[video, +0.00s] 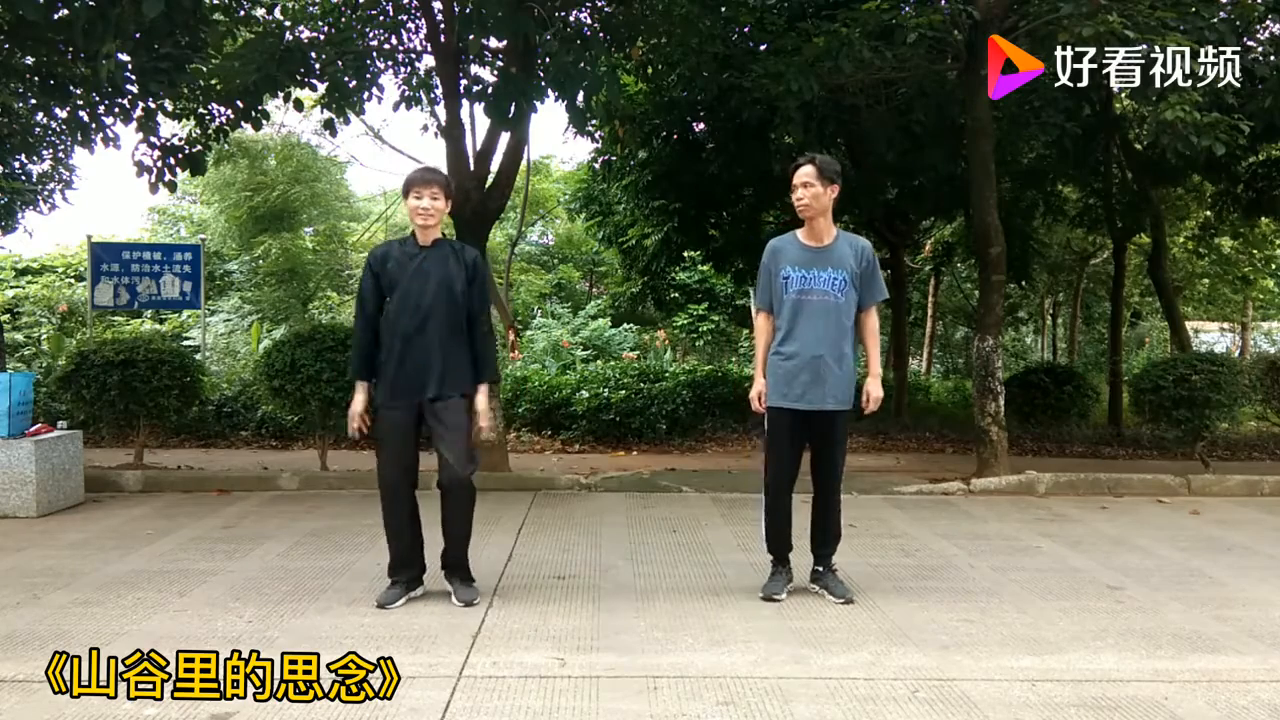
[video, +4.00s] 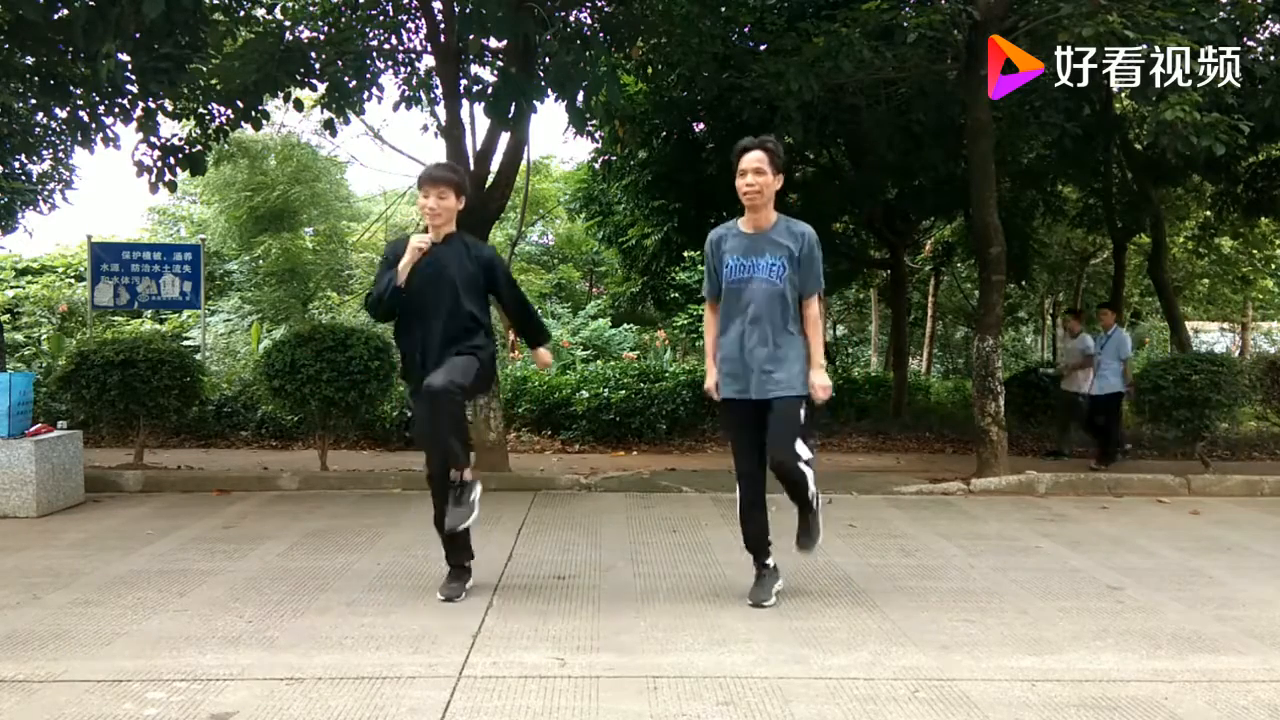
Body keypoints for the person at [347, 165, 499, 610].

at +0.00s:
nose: (426, 205)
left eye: (434, 198)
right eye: (417, 198)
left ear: (446, 205)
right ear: (405, 204)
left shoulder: (468, 260)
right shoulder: (382, 258)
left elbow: (481, 329)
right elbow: (365, 327)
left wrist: (483, 390)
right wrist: (360, 388)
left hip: (453, 389)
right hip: (393, 390)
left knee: (459, 475)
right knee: (394, 483)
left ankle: (458, 571)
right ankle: (405, 575)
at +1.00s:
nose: (439, 201)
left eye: (448, 193)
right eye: (431, 193)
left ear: (462, 197)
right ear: (420, 199)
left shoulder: (484, 251)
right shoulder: (399, 252)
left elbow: (504, 319)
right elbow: (386, 321)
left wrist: (505, 378)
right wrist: (383, 379)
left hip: (469, 384)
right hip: (412, 385)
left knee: (464, 484)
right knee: (413, 484)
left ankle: (462, 575)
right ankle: (411, 576)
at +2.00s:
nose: (447, 201)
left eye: (454, 194)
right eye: (438, 193)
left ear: (460, 200)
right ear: (418, 198)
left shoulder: (477, 253)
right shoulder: (393, 253)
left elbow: (491, 322)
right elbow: (383, 323)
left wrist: (485, 382)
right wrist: (385, 382)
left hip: (462, 384)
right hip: (408, 385)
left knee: (462, 482)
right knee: (411, 483)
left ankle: (462, 571)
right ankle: (413, 575)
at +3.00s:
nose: (437, 221)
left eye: (446, 214)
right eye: (429, 214)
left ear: (458, 220)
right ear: (418, 219)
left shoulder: (478, 271)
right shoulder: (401, 266)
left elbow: (498, 328)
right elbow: (374, 317)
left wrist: (502, 379)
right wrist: (409, 281)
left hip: (464, 384)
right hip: (417, 386)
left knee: (445, 470)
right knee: (431, 472)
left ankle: (436, 580)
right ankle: (455, 541)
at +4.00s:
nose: (432, 204)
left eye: (442, 196)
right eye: (426, 197)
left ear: (459, 202)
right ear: (418, 203)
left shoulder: (479, 254)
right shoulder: (401, 252)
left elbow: (515, 302)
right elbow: (378, 309)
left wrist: (539, 343)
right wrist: (404, 267)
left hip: (470, 356)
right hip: (422, 367)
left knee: (437, 388)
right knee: (440, 471)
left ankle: (462, 476)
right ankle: (458, 566)